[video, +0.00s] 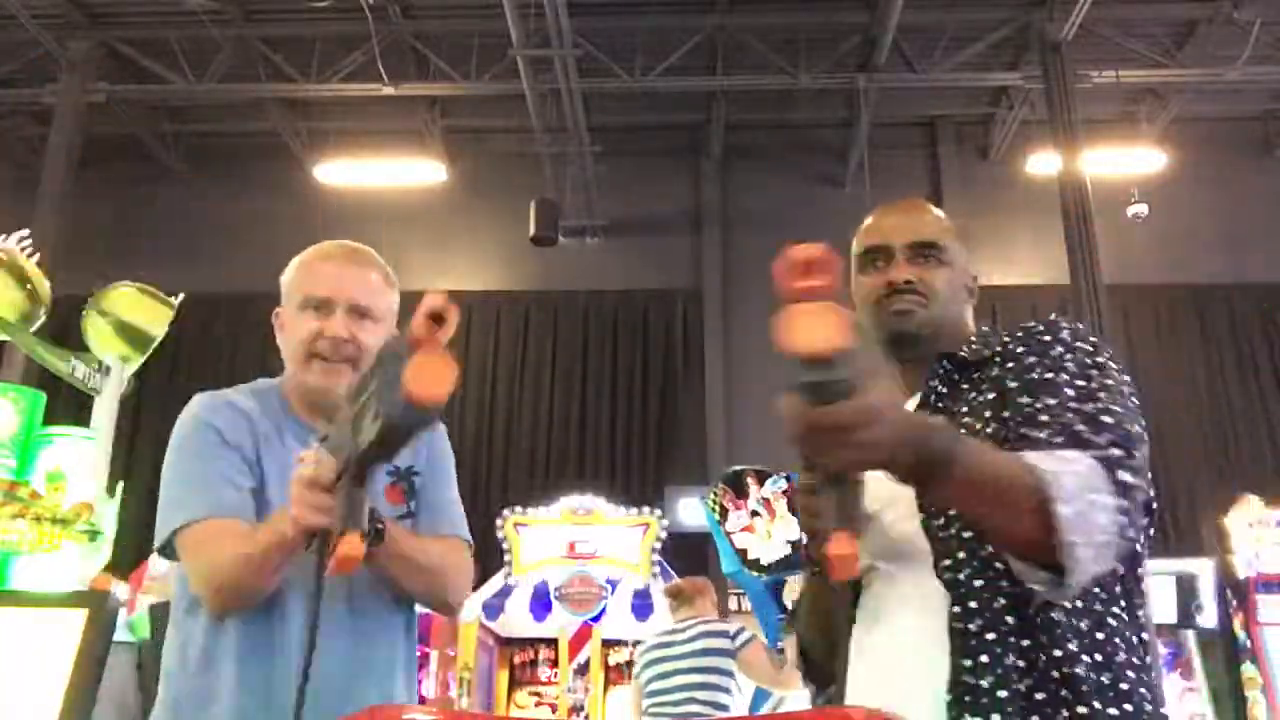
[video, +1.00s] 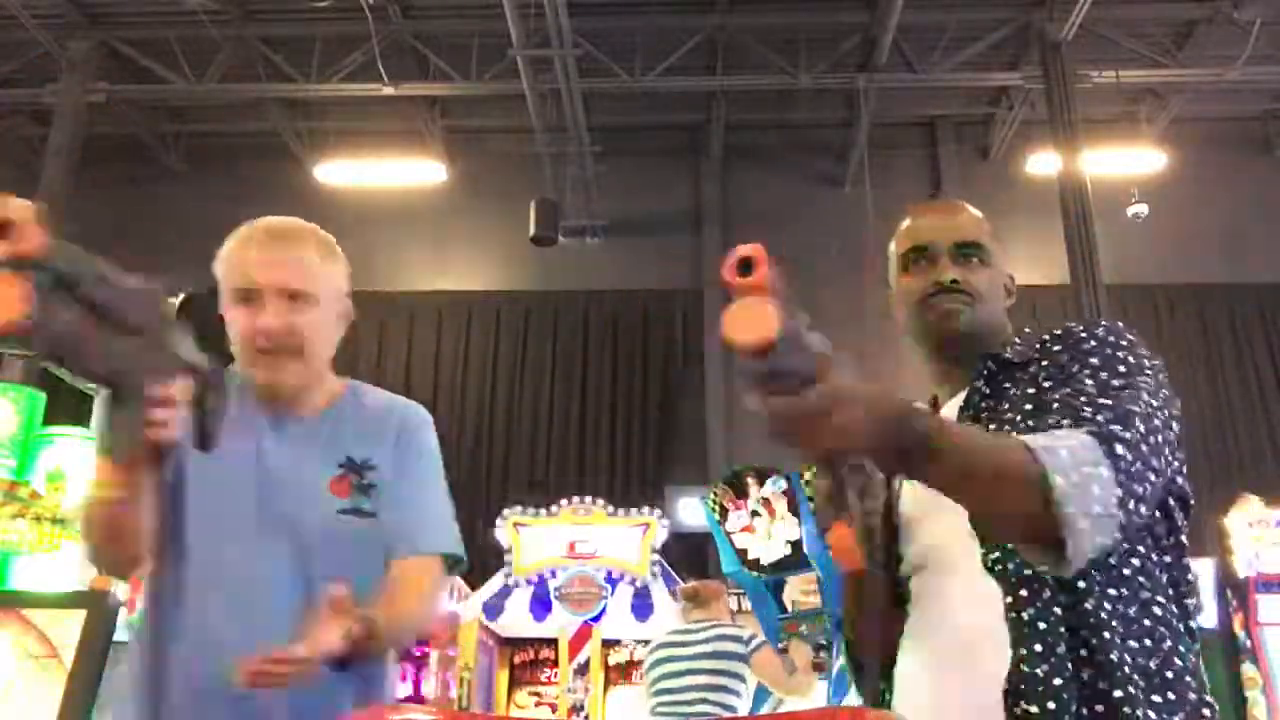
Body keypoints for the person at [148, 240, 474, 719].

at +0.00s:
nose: (338, 330)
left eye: (362, 315)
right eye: (318, 308)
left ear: (389, 337)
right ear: (280, 324)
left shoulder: (417, 436)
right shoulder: (216, 420)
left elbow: (453, 588)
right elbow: (219, 586)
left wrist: (369, 527)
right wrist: (292, 525)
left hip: (369, 711)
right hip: (222, 710)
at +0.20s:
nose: (297, 322)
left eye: (323, 305)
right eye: (276, 300)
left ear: (361, 328)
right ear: (246, 314)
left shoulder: (402, 423)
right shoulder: (190, 415)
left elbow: (419, 563)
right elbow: (166, 584)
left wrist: (269, 494)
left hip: (346, 708)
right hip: (189, 708)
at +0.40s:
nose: (282, 322)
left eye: (309, 302)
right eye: (263, 298)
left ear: (352, 322)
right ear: (235, 312)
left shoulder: (392, 422)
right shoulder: (188, 412)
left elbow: (340, 562)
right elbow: (129, 596)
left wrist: (222, 510)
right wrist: (149, 492)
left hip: (333, 710)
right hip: (190, 707)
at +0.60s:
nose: (280, 347)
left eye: (305, 323)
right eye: (261, 324)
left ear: (356, 331)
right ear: (239, 331)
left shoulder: (408, 431)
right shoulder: (200, 421)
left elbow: (383, 574)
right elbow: (138, 578)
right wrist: (168, 476)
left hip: (344, 712)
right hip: (194, 710)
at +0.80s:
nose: (309, 347)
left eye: (333, 324)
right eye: (289, 325)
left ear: (377, 338)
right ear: (265, 336)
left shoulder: (431, 448)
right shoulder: (221, 426)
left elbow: (477, 597)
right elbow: (157, 561)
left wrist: (430, 658)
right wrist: (185, 445)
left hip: (366, 708)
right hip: (218, 705)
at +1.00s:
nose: (270, 322)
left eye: (295, 299)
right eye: (248, 299)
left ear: (343, 314)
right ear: (222, 312)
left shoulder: (397, 429)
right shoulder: (178, 413)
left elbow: (417, 595)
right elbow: (116, 560)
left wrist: (353, 630)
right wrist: (134, 457)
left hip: (328, 708)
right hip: (172, 703)